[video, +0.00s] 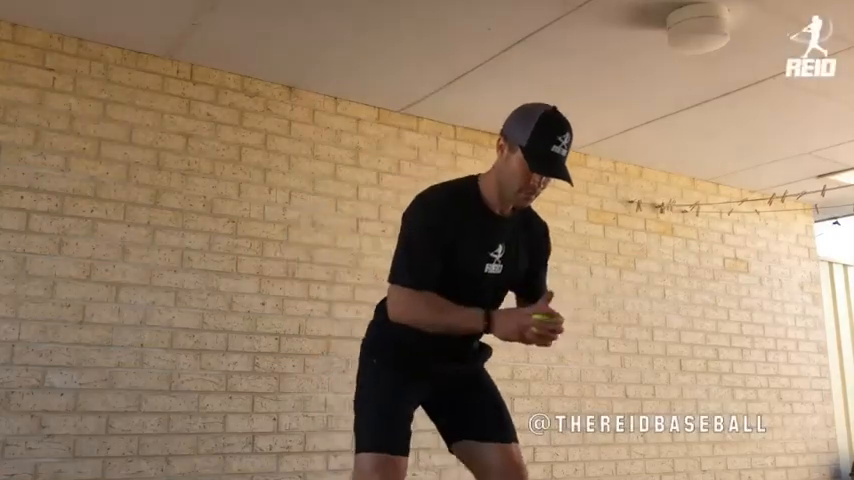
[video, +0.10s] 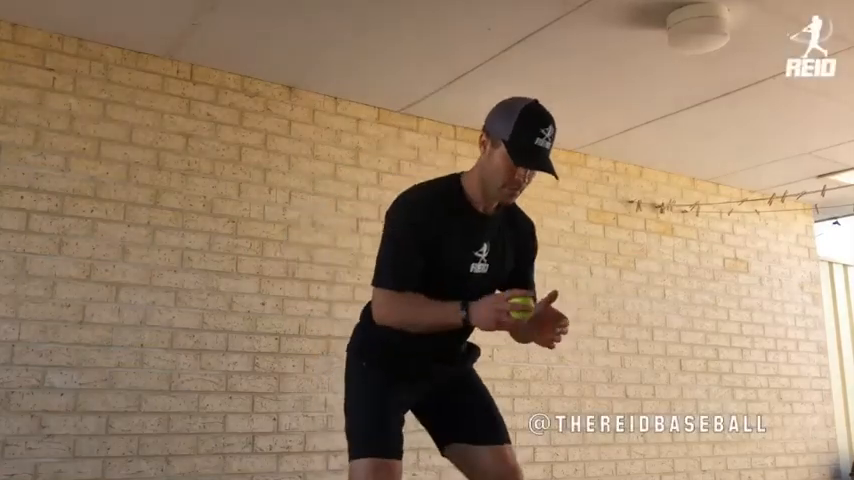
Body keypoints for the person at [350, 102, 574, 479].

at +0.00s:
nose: (538, 183)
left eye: (548, 174)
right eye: (532, 167)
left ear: (555, 174)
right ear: (503, 148)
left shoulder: (532, 233)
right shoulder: (434, 207)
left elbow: (530, 302)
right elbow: (402, 305)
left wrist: (538, 320)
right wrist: (492, 321)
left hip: (458, 362)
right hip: (394, 355)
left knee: (508, 470)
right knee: (380, 472)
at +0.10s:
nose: (522, 177)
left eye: (532, 167)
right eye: (516, 161)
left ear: (540, 168)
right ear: (485, 144)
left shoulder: (519, 231)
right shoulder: (416, 208)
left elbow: (514, 310)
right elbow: (386, 308)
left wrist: (530, 329)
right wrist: (470, 312)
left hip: (446, 360)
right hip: (382, 354)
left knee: (503, 471)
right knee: (377, 472)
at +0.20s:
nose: (501, 171)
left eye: (511, 161)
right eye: (494, 155)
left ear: (518, 162)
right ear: (461, 139)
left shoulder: (499, 227)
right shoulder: (393, 206)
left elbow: (499, 313)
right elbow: (368, 311)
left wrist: (518, 326)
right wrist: (452, 314)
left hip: (431, 363)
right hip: (365, 360)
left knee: (496, 473)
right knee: (371, 472)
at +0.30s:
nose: (478, 161)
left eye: (488, 150)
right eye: (469, 144)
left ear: (496, 152)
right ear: (436, 133)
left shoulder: (481, 224)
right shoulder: (373, 206)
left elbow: (487, 300)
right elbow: (349, 316)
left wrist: (496, 326)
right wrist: (441, 334)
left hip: (421, 367)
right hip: (351, 362)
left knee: (492, 472)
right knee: (364, 472)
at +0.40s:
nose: (460, 145)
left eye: (469, 136)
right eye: (449, 130)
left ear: (476, 142)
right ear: (415, 129)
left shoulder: (467, 221)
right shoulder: (360, 208)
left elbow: (479, 303)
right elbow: (344, 321)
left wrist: (489, 332)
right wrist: (419, 363)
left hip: (413, 365)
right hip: (343, 361)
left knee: (493, 471)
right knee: (360, 472)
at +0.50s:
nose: (449, 126)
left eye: (456, 117)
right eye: (434, 114)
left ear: (460, 128)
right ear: (401, 127)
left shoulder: (461, 219)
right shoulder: (356, 210)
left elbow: (479, 308)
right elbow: (352, 323)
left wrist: (496, 323)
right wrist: (417, 381)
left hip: (415, 364)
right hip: (344, 362)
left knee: (492, 472)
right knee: (360, 474)